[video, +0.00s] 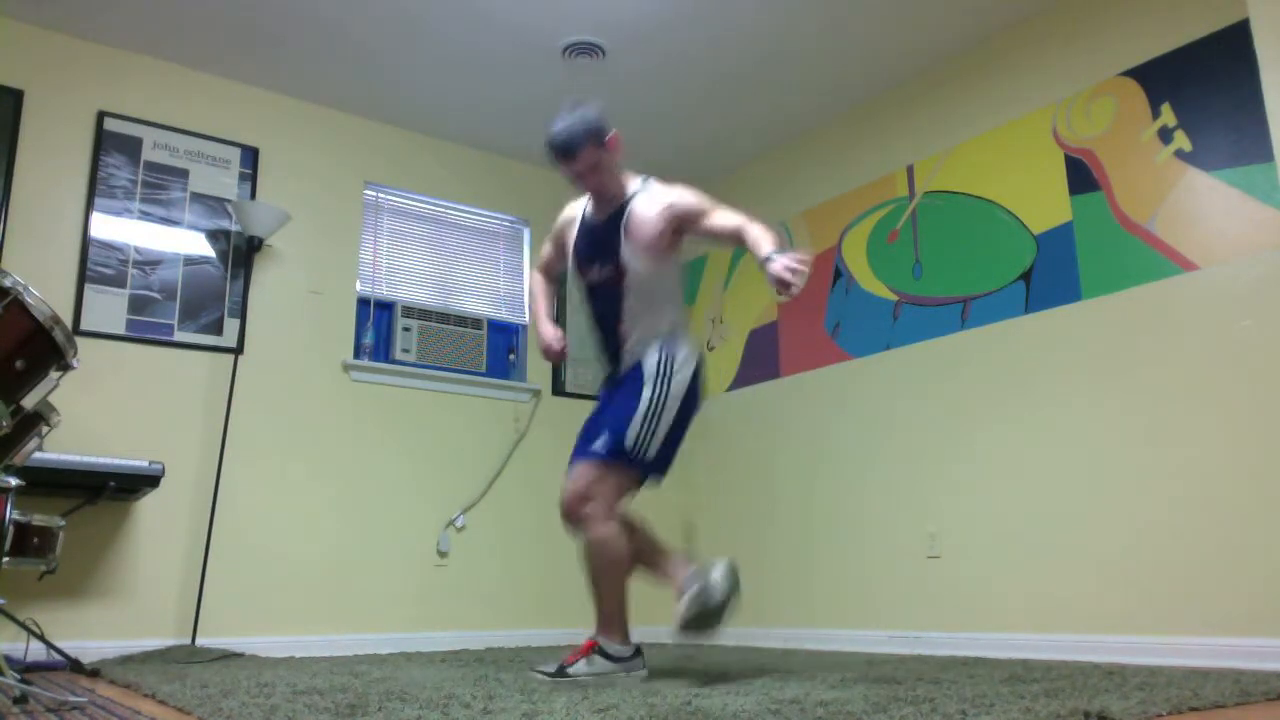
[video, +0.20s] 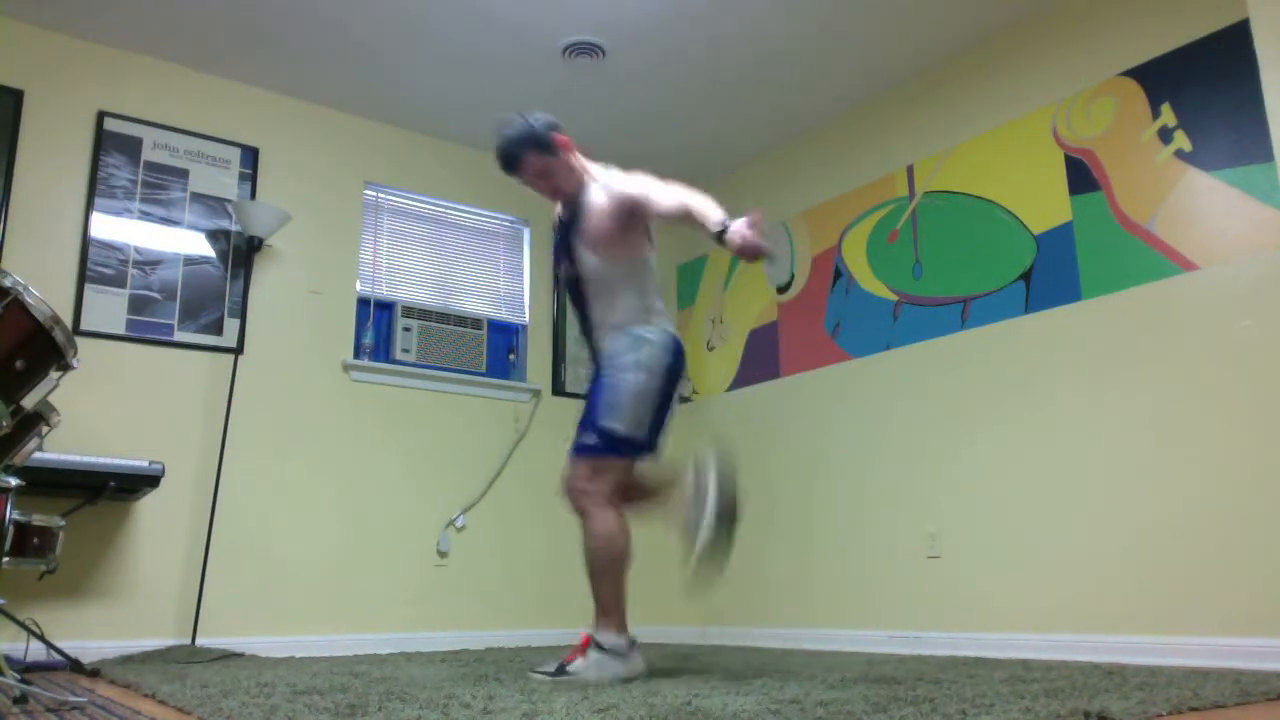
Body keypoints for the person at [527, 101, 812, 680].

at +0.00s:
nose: (584, 179)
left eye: (589, 164)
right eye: (572, 170)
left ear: (614, 146)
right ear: (563, 170)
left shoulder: (661, 203)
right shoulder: (573, 219)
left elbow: (744, 225)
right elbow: (543, 272)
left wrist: (771, 256)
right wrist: (544, 323)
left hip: (664, 366)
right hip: (626, 374)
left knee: (592, 498)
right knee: (579, 506)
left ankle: (614, 646)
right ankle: (695, 579)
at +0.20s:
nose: (541, 189)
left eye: (542, 174)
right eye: (532, 183)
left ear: (565, 147)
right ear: (529, 178)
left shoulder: (613, 187)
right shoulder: (574, 206)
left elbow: (675, 199)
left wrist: (726, 226)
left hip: (641, 348)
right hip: (617, 353)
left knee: (592, 487)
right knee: (585, 484)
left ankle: (613, 645)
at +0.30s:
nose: (536, 179)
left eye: (533, 165)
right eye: (525, 174)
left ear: (554, 136)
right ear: (531, 165)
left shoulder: (599, 167)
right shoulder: (578, 194)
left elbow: (672, 182)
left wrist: (679, 230)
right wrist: (709, 276)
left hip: (614, 334)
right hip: (637, 338)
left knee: (574, 482)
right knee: (616, 481)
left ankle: (607, 618)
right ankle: (676, 414)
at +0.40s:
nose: (532, 189)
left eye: (527, 178)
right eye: (527, 181)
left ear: (536, 155)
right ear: (559, 136)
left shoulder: (578, 175)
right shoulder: (625, 175)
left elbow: (621, 208)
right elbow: (707, 213)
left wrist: (601, 257)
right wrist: (736, 260)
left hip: (603, 352)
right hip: (652, 351)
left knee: (582, 501)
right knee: (620, 485)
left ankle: (598, 644)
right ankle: (645, 442)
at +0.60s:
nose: (650, 186)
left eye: (654, 178)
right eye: (654, 177)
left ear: (610, 155)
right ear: (641, 163)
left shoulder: (550, 179)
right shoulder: (638, 187)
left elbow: (486, 236)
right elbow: (733, 183)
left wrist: (497, 302)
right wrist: (809, 193)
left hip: (606, 357)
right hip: (663, 343)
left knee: (594, 501)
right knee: (666, 434)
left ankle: (598, 644)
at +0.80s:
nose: (703, 193)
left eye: (708, 187)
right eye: (707, 184)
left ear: (665, 155)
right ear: (695, 164)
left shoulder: (597, 180)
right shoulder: (670, 174)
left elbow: (525, 210)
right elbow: (702, 201)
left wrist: (523, 284)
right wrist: (773, 225)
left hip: (600, 332)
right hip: (657, 312)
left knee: (631, 478)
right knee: (720, 404)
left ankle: (631, 610)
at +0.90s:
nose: (725, 228)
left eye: (733, 223)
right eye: (730, 216)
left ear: (696, 181)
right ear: (716, 191)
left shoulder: (637, 213)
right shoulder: (690, 203)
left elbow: (549, 253)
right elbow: (654, 246)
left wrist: (535, 331)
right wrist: (679, 318)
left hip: (608, 364)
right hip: (651, 350)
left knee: (664, 502)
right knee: (729, 460)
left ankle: (651, 636)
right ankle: (702, 592)